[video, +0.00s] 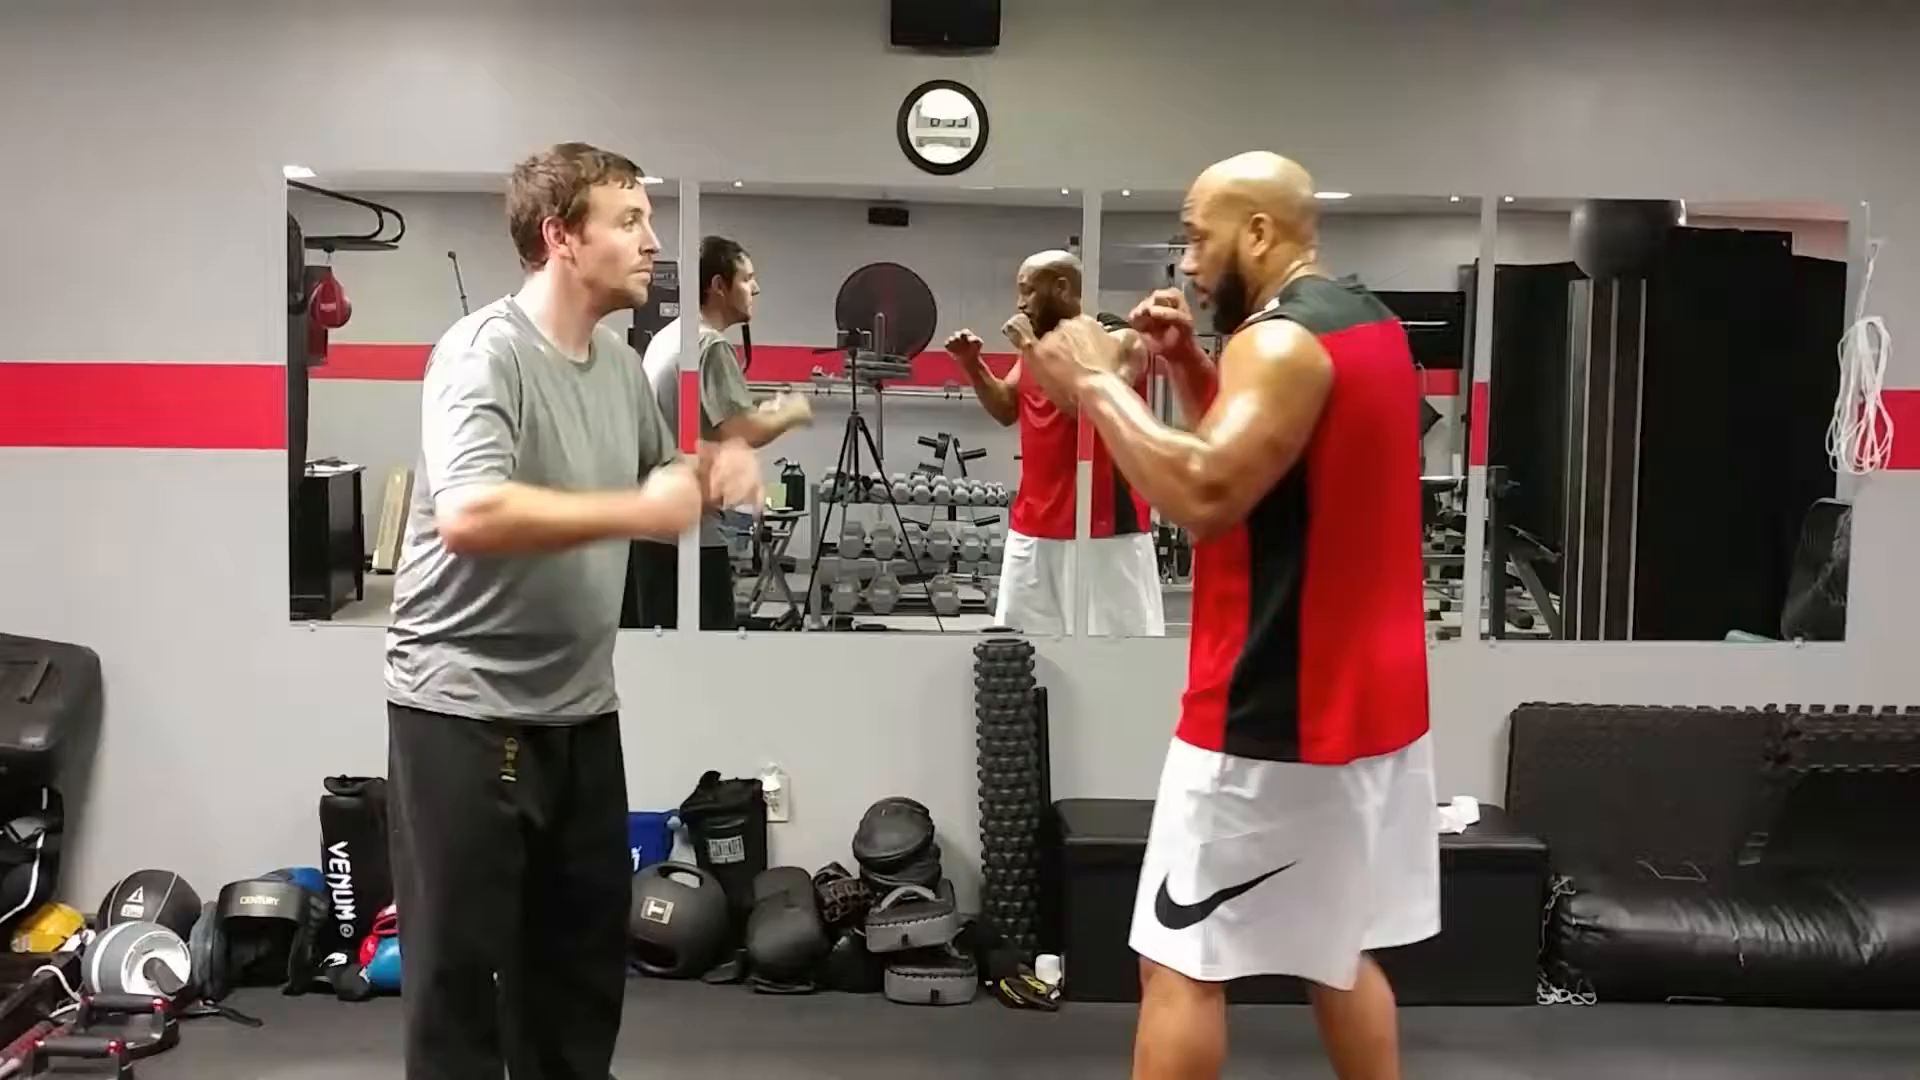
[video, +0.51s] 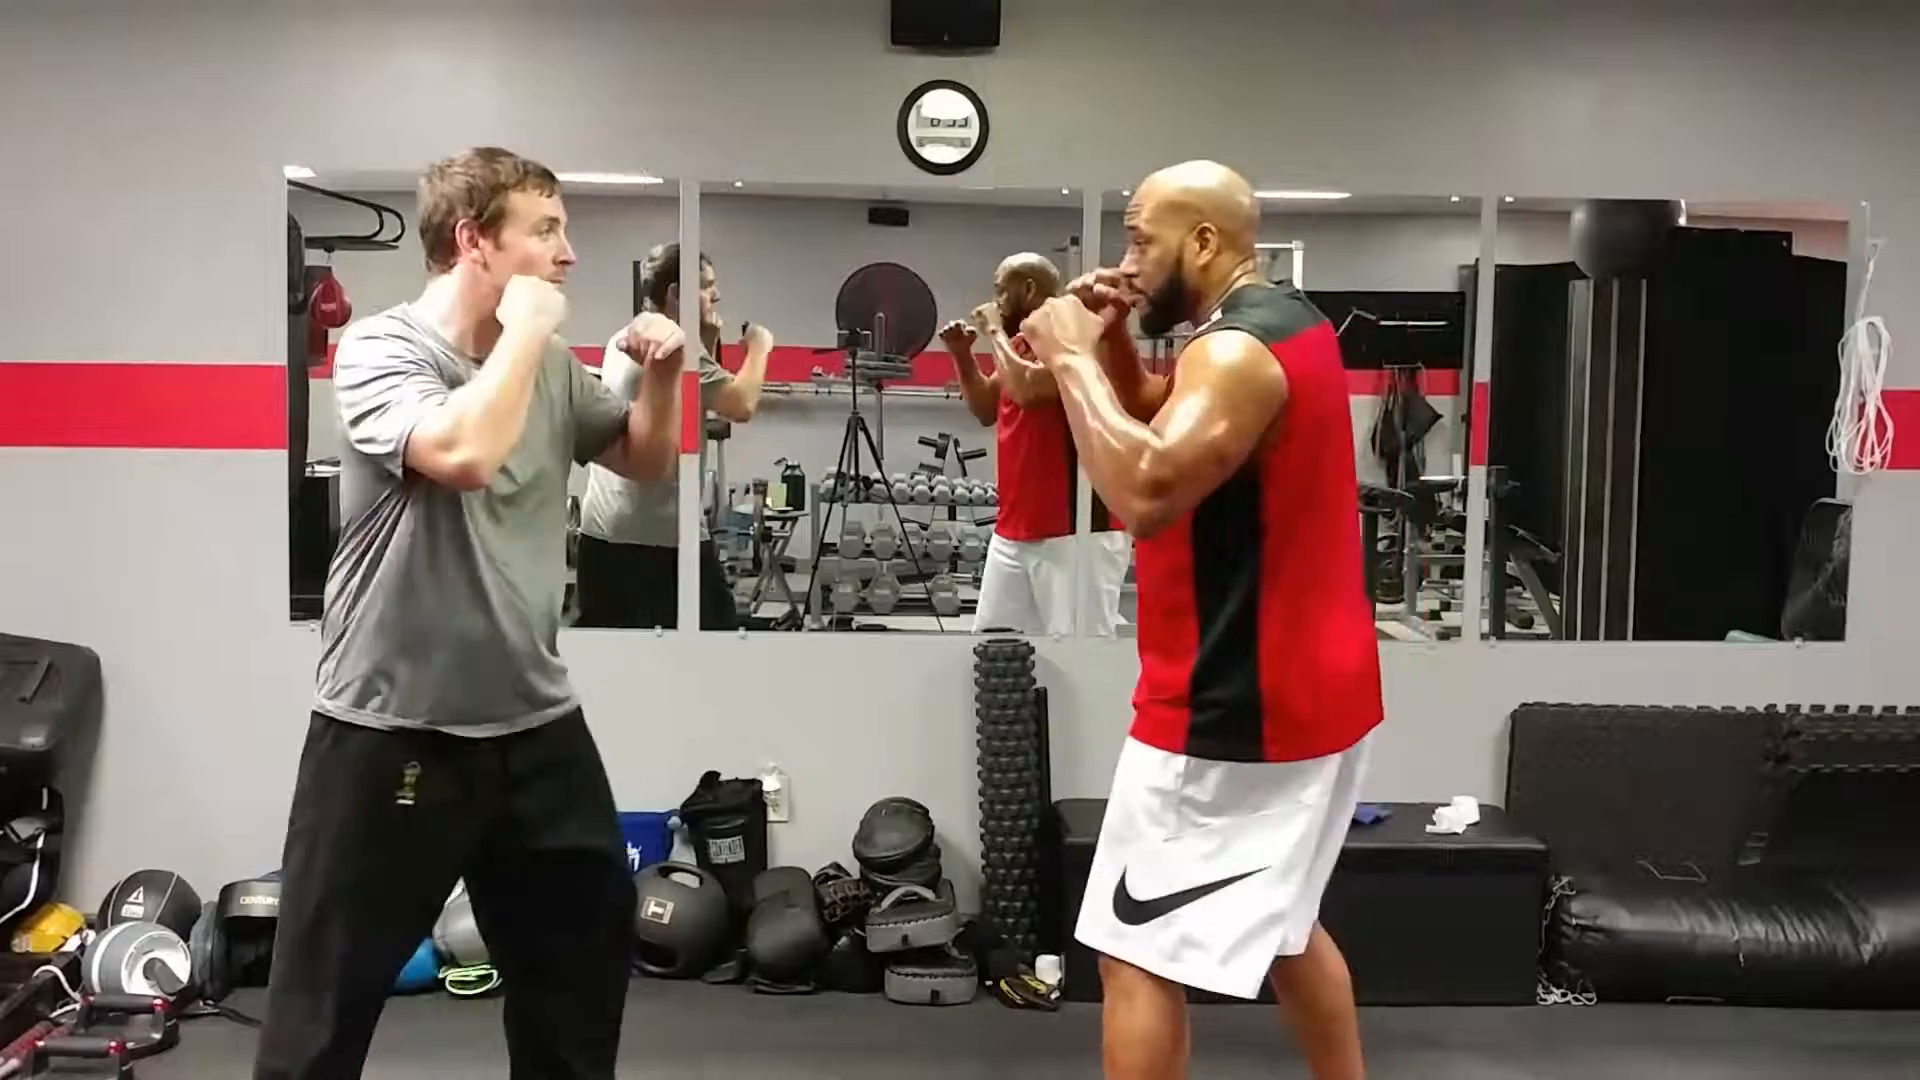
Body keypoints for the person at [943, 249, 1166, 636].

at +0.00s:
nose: (1020, 304)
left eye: (1027, 291)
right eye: (1019, 292)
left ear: (1063, 288)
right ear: (1059, 290)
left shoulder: (1124, 342)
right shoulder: (1034, 351)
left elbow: (1081, 403)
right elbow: (1007, 410)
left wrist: (1031, 349)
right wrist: (974, 367)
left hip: (1108, 536)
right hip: (1035, 533)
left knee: (1116, 664)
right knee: (1022, 657)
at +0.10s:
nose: (1009, 305)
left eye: (1016, 292)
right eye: (1008, 293)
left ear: (1050, 290)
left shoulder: (1111, 341)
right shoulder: (1022, 354)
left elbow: (1095, 396)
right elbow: (991, 409)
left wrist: (1028, 345)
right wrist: (962, 361)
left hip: (1099, 536)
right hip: (1026, 533)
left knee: (1109, 663)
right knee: (1006, 654)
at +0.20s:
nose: (1004, 313)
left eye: (1013, 301)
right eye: (1001, 302)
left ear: (1044, 300)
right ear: (1002, 306)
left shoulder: (1102, 342)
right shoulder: (1011, 352)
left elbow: (1045, 390)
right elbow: (976, 409)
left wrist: (1009, 332)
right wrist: (956, 350)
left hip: (1079, 542)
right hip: (1014, 536)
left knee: (1082, 667)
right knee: (990, 653)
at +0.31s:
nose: (997, 309)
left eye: (1006, 299)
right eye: (995, 299)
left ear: (1037, 300)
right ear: (997, 304)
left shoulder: (1086, 342)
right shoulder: (1009, 350)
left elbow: (1032, 383)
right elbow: (971, 406)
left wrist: (1002, 325)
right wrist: (953, 346)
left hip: (1076, 538)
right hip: (1012, 535)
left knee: (1074, 661)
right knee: (991, 651)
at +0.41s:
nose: (994, 303)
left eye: (1001, 293)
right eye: (994, 294)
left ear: (1034, 296)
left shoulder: (1078, 347)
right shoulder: (1014, 354)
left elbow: (1030, 385)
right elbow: (976, 407)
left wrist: (997, 330)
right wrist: (959, 351)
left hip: (1073, 534)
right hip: (1011, 532)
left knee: (1077, 660)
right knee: (994, 649)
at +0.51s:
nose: (996, 299)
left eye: (1002, 290)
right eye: (996, 290)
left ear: (1030, 293)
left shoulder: (1078, 347)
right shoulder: (1016, 350)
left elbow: (1026, 388)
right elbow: (986, 409)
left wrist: (994, 333)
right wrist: (963, 357)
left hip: (1076, 535)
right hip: (1014, 532)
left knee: (1078, 663)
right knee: (995, 650)